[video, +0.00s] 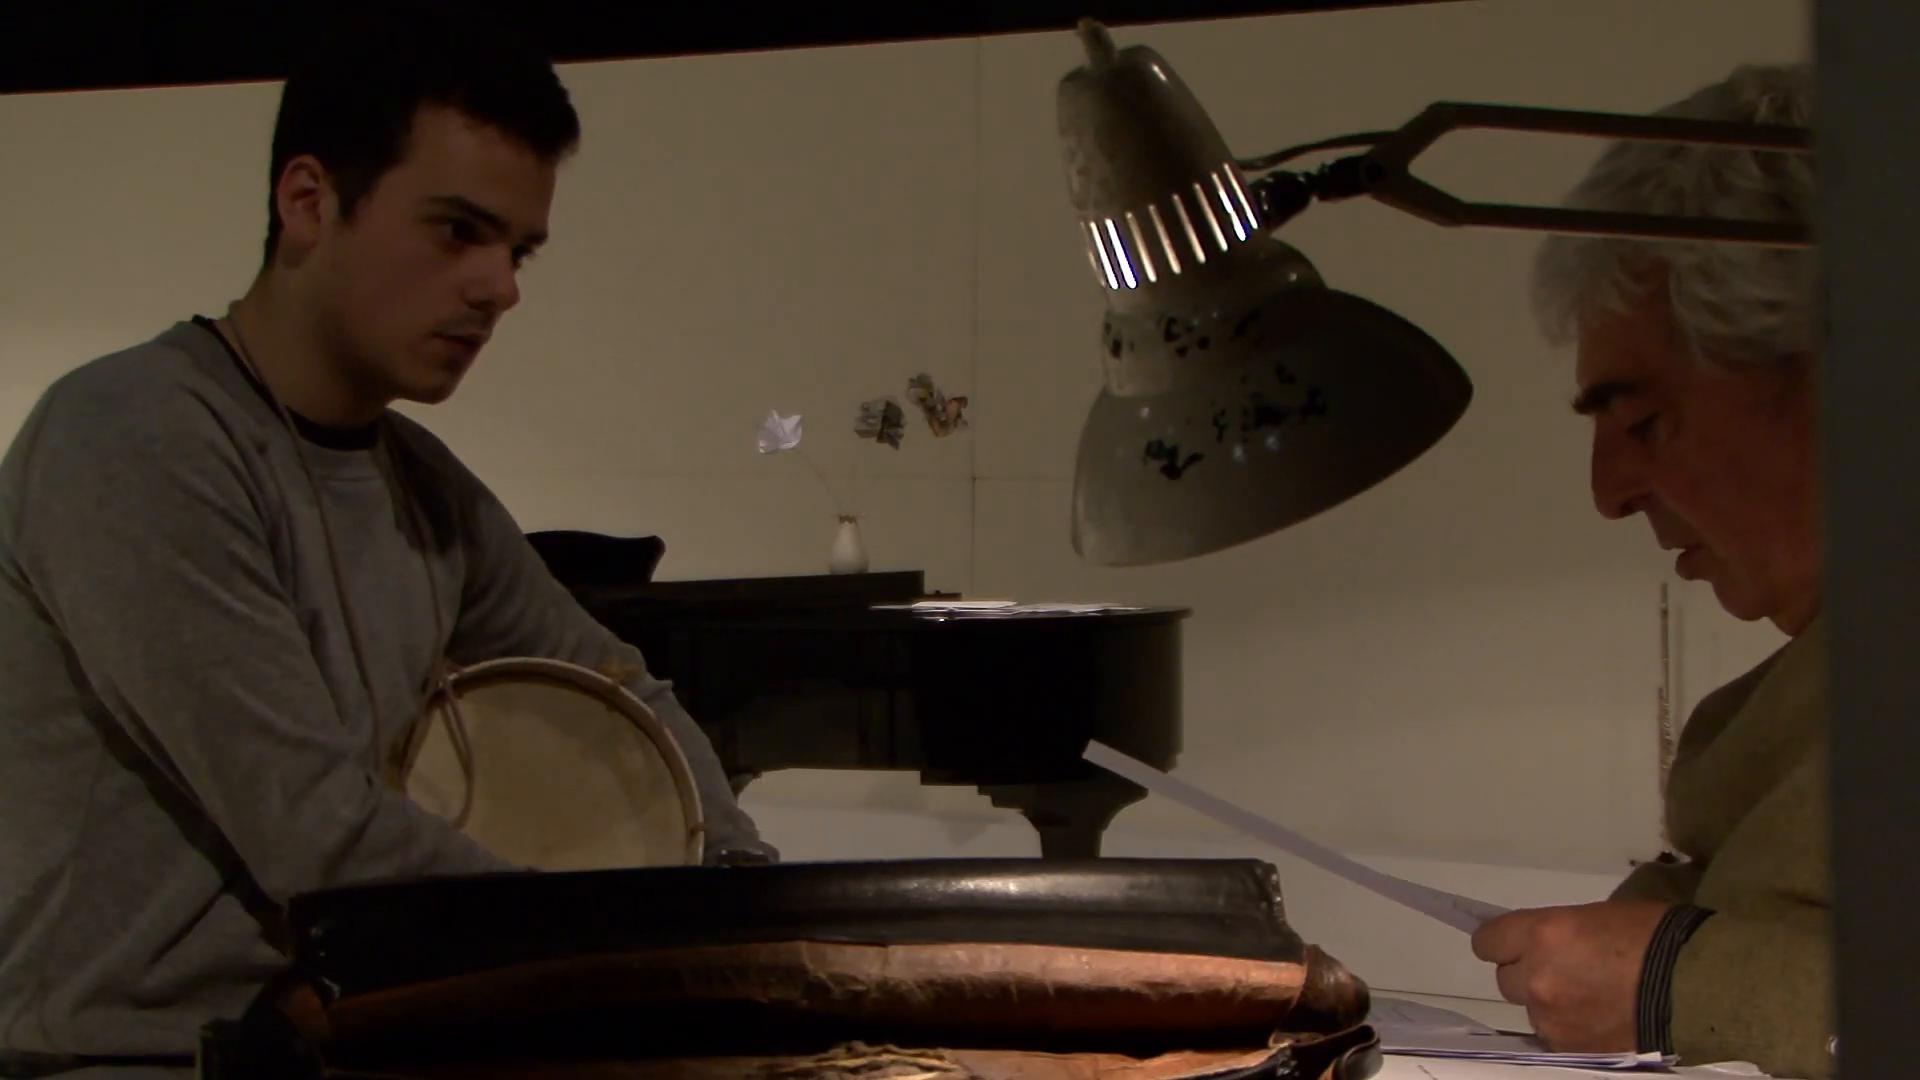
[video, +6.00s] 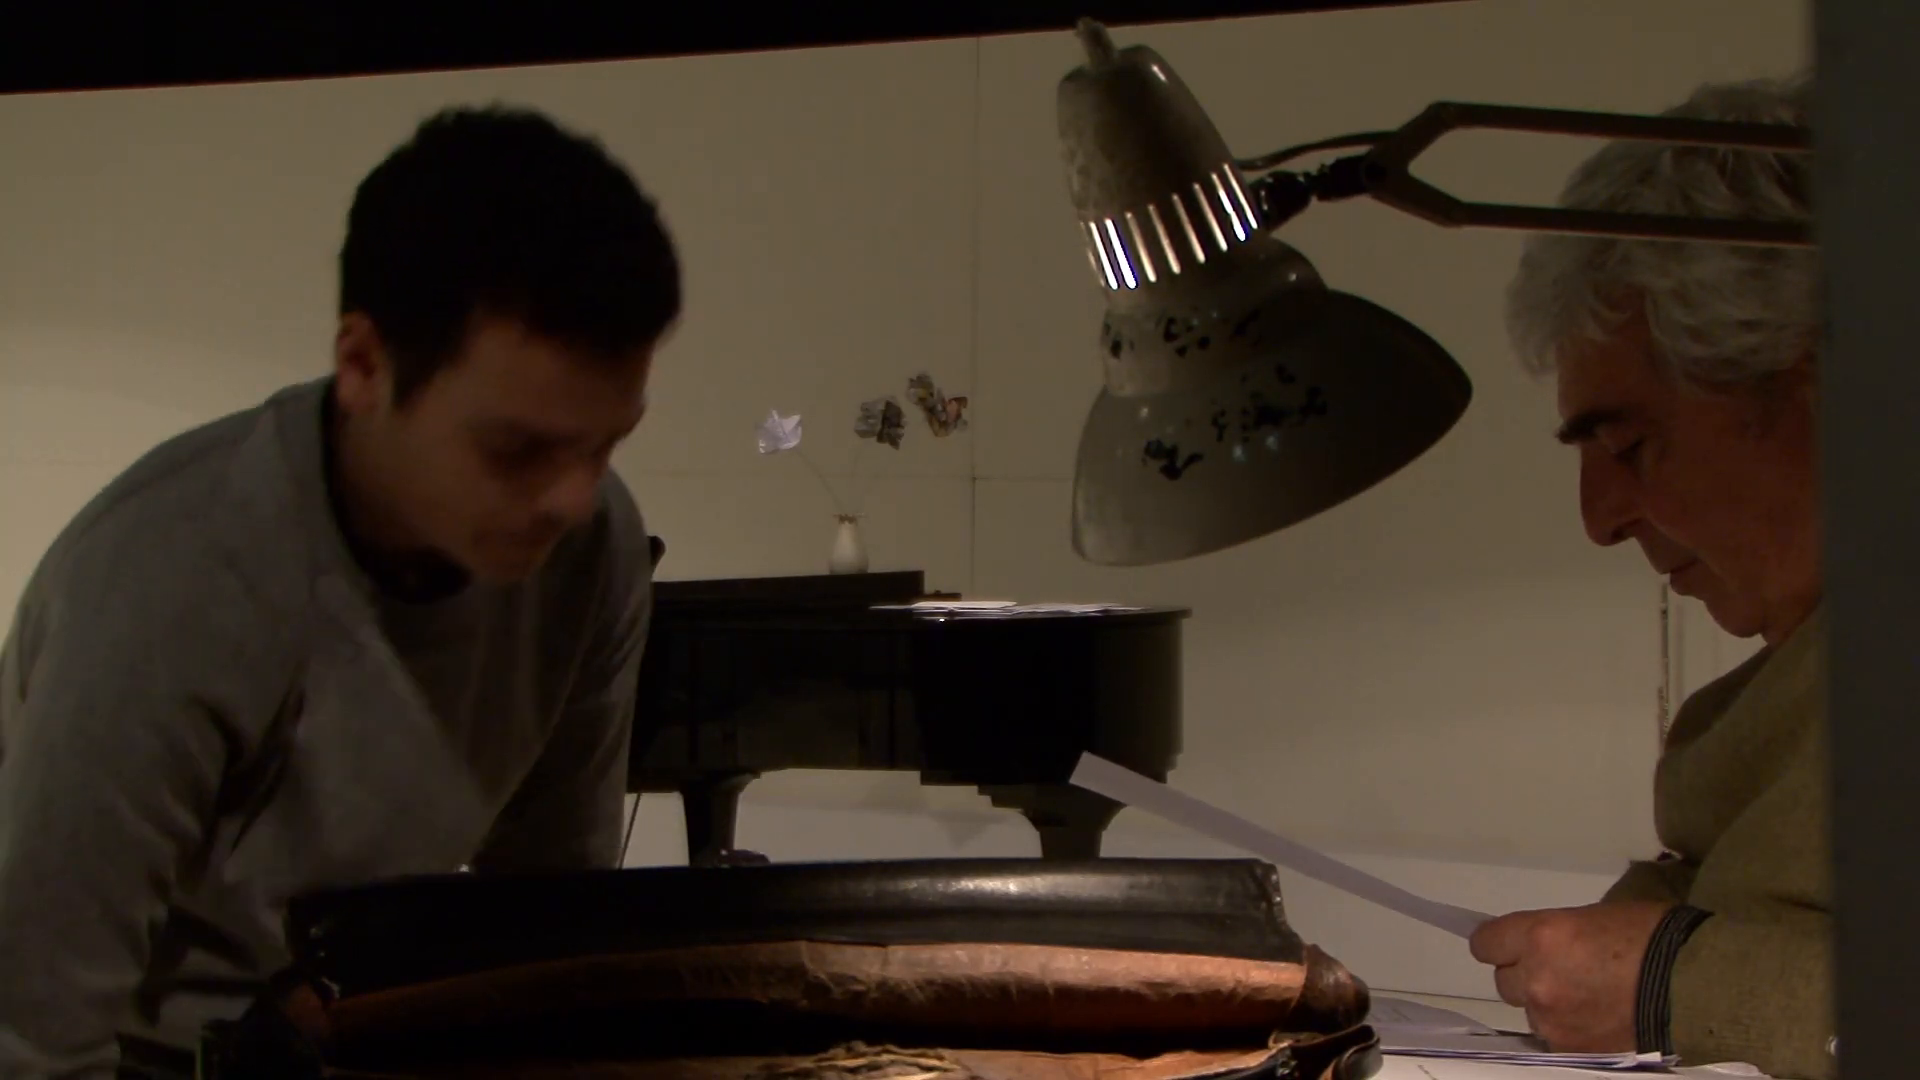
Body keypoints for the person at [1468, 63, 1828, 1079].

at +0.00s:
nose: (1612, 494)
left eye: (1640, 418)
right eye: (1602, 429)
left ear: (1817, 368)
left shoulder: (1869, 664)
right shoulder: (1790, 687)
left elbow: (1887, 1008)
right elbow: (1760, 885)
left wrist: (1675, 984)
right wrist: (1654, 932)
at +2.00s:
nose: (1608, 503)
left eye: (1635, 426)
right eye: (1597, 436)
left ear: (1817, 372)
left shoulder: (1879, 655)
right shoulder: (1802, 667)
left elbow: (1897, 1005)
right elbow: (1748, 870)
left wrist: (1674, 984)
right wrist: (1650, 930)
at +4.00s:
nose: (1602, 517)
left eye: (1625, 438)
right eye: (1590, 449)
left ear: (1809, 381)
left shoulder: (1872, 657)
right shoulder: (1798, 666)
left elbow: (1889, 1009)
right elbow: (1726, 866)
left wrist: (1673, 983)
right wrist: (1644, 935)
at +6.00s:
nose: (1602, 520)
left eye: (1628, 442)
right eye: (1592, 455)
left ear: (1806, 381)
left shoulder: (1874, 652)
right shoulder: (1797, 664)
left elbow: (1894, 1006)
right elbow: (1729, 873)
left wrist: (1674, 984)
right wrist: (1641, 949)